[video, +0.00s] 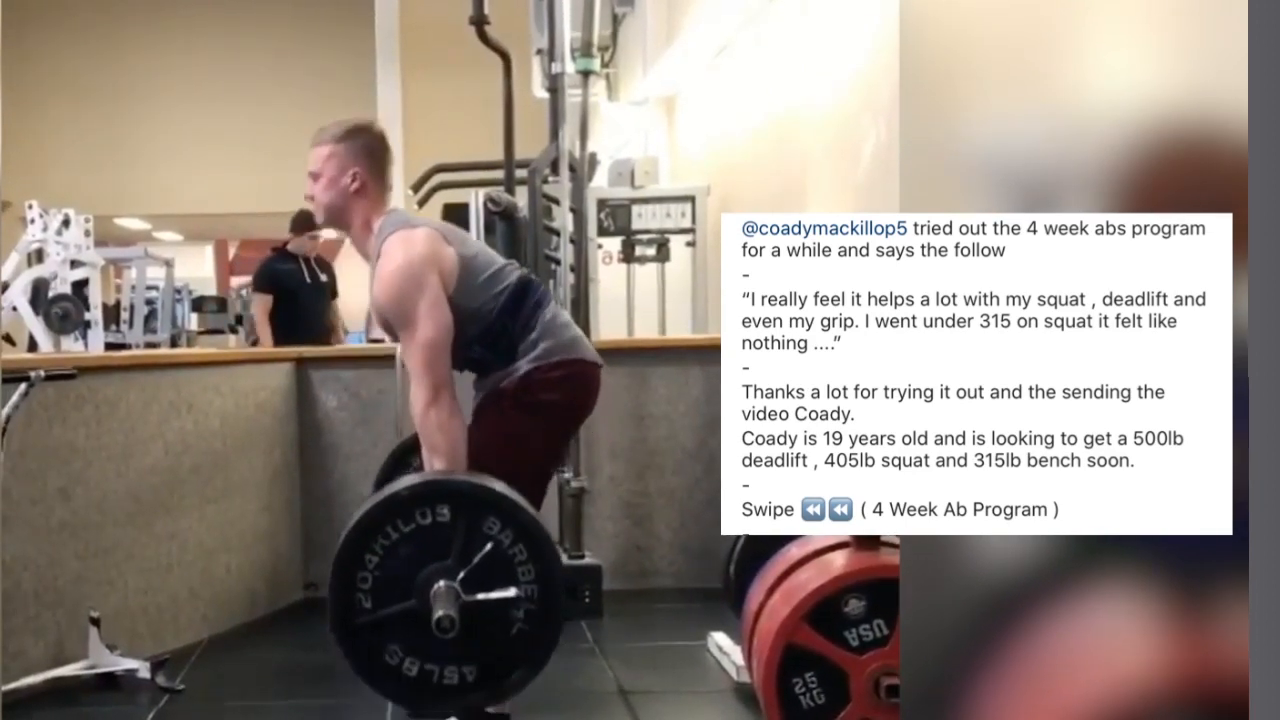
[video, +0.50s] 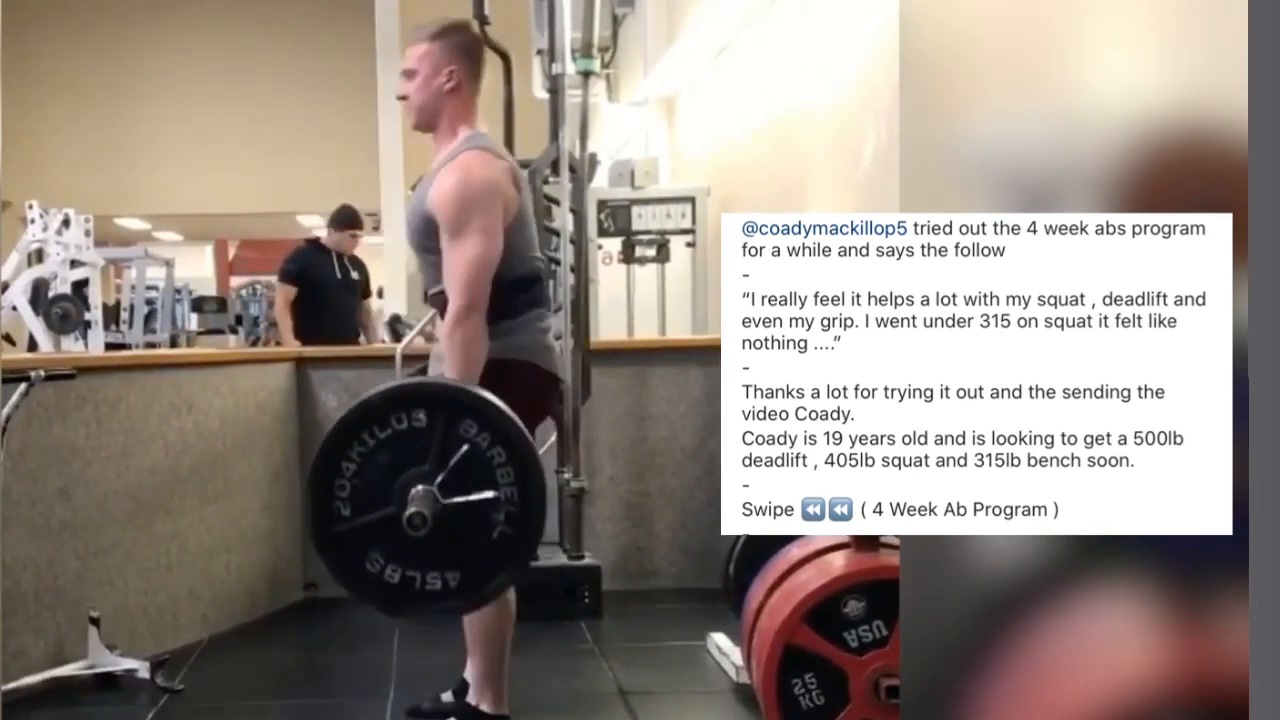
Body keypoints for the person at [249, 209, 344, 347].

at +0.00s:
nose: (317, 243)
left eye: (318, 238)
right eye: (312, 238)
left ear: (320, 236)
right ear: (296, 235)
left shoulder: (324, 266)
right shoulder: (272, 267)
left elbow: (332, 309)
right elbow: (260, 313)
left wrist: (339, 342)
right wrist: (269, 352)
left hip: (323, 353)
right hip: (286, 355)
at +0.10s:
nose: (327, 243)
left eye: (329, 237)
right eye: (322, 237)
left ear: (333, 237)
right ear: (304, 235)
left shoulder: (332, 268)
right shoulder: (279, 268)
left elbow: (340, 312)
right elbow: (266, 313)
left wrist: (344, 347)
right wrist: (275, 355)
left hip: (331, 355)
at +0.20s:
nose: (339, 241)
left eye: (342, 236)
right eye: (334, 236)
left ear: (344, 235)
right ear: (313, 233)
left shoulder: (341, 267)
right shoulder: (286, 261)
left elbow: (347, 313)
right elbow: (270, 309)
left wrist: (350, 347)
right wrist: (279, 349)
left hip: (336, 356)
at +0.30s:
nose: (347, 242)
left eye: (349, 237)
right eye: (343, 236)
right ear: (324, 232)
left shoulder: (348, 268)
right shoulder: (293, 260)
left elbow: (354, 312)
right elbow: (274, 304)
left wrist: (357, 343)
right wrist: (278, 342)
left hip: (342, 355)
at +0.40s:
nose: (353, 242)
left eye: (355, 237)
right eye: (349, 236)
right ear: (331, 231)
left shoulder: (353, 267)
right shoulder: (297, 259)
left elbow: (361, 311)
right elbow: (278, 303)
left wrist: (366, 345)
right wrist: (283, 343)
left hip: (345, 355)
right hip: (306, 355)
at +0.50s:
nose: (357, 241)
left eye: (359, 237)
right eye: (353, 236)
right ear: (334, 230)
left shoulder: (357, 265)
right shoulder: (302, 258)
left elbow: (364, 309)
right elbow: (282, 302)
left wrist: (375, 343)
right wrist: (288, 340)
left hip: (350, 354)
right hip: (311, 354)